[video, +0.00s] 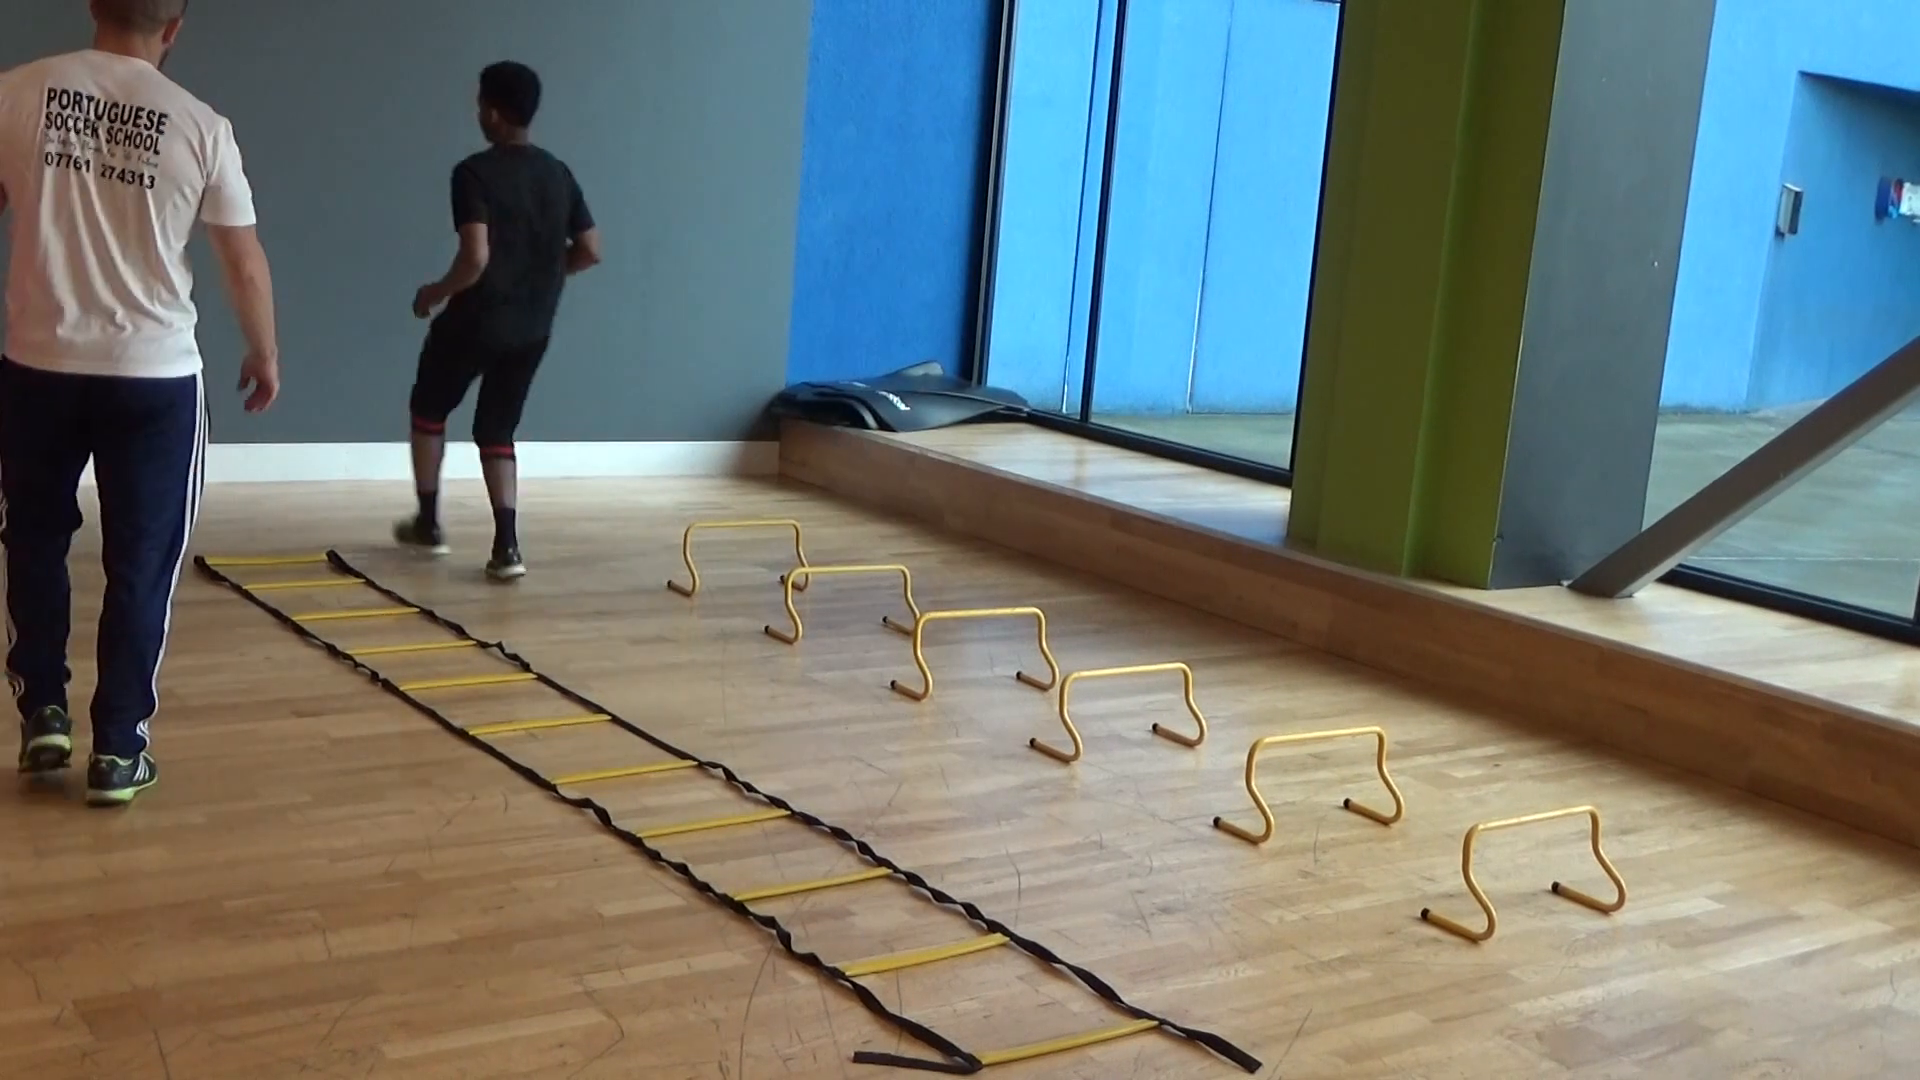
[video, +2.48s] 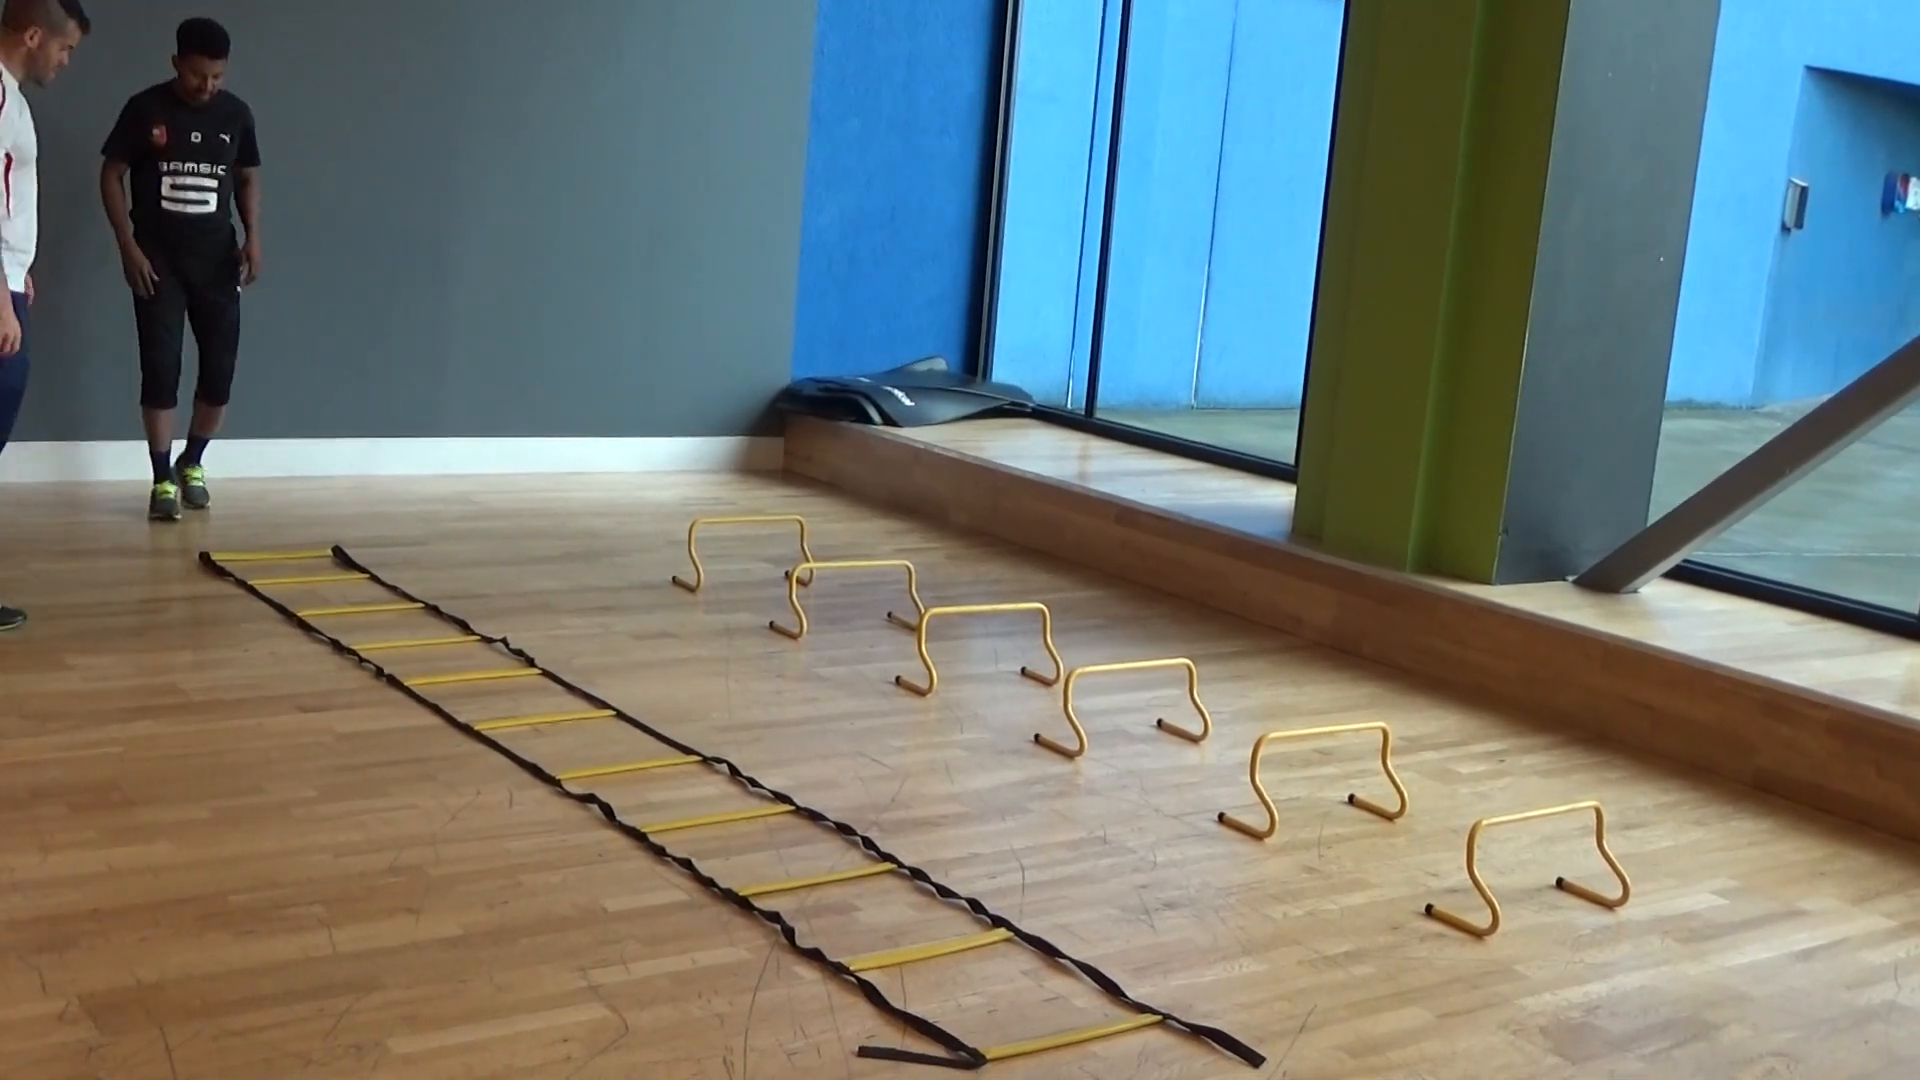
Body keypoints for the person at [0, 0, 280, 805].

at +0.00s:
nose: (168, 39)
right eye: (172, 28)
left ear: (92, 15)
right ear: (171, 29)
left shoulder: (19, 90)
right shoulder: (202, 128)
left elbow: (9, 201)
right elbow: (244, 262)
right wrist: (263, 351)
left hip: (34, 367)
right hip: (152, 376)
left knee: (35, 536)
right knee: (143, 562)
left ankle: (43, 707)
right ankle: (118, 749)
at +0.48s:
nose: (152, 44)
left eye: (147, 32)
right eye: (153, 32)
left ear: (79, 22)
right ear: (146, 33)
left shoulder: (15, 95)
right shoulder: (172, 124)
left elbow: (10, 194)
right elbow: (232, 240)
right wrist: (279, 301)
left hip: (37, 347)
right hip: (142, 351)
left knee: (46, 510)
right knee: (164, 499)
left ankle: (53, 680)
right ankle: (127, 644)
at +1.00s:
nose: (216, 73)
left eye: (220, 64)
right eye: (217, 63)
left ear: (150, 37)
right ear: (200, 58)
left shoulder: (68, 97)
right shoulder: (213, 135)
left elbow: (39, 202)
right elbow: (253, 243)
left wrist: (36, 287)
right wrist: (283, 323)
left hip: (86, 327)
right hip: (181, 333)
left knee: (76, 456)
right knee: (181, 480)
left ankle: (76, 579)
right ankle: (169, 627)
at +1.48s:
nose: (188, 93)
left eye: (194, 82)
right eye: (193, 80)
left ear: (145, 44)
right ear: (177, 60)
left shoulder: (63, 92)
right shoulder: (136, 111)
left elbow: (64, 204)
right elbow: (147, 226)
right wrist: (196, 319)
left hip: (66, 301)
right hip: (127, 305)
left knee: (81, 439)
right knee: (171, 449)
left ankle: (63, 586)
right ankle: (166, 610)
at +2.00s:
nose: (106, 53)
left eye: (114, 44)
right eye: (98, 37)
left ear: (118, 43)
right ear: (60, 20)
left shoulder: (73, 94)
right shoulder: (27, 88)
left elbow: (72, 199)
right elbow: (4, 195)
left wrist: (112, 267)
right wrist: (19, 292)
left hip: (77, 303)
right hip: (32, 304)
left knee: (64, 444)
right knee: (9, 444)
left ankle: (63, 580)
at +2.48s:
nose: (67, 60)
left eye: (71, 50)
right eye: (64, 47)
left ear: (31, 37)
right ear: (31, 37)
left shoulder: (16, 102)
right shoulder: (5, 102)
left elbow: (14, 200)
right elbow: (3, 206)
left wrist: (23, 272)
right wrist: (1, 303)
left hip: (15, 289)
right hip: (6, 294)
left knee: (2, 437)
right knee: (0, 438)